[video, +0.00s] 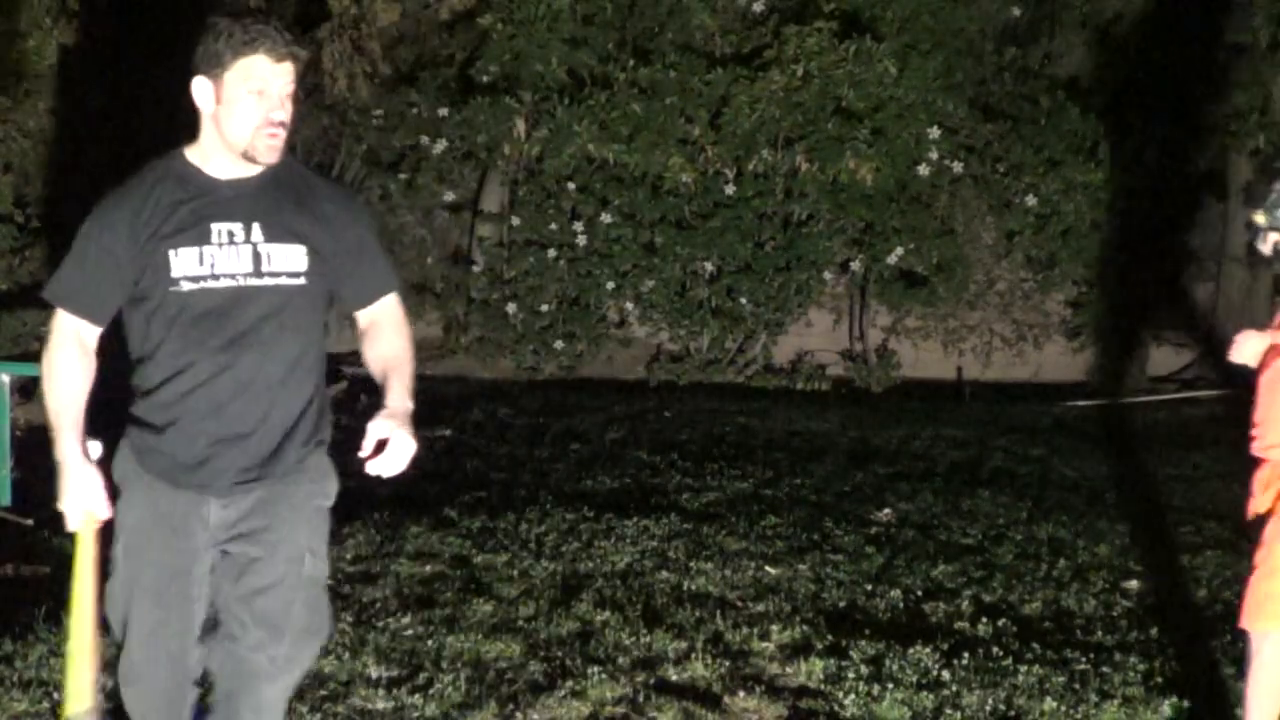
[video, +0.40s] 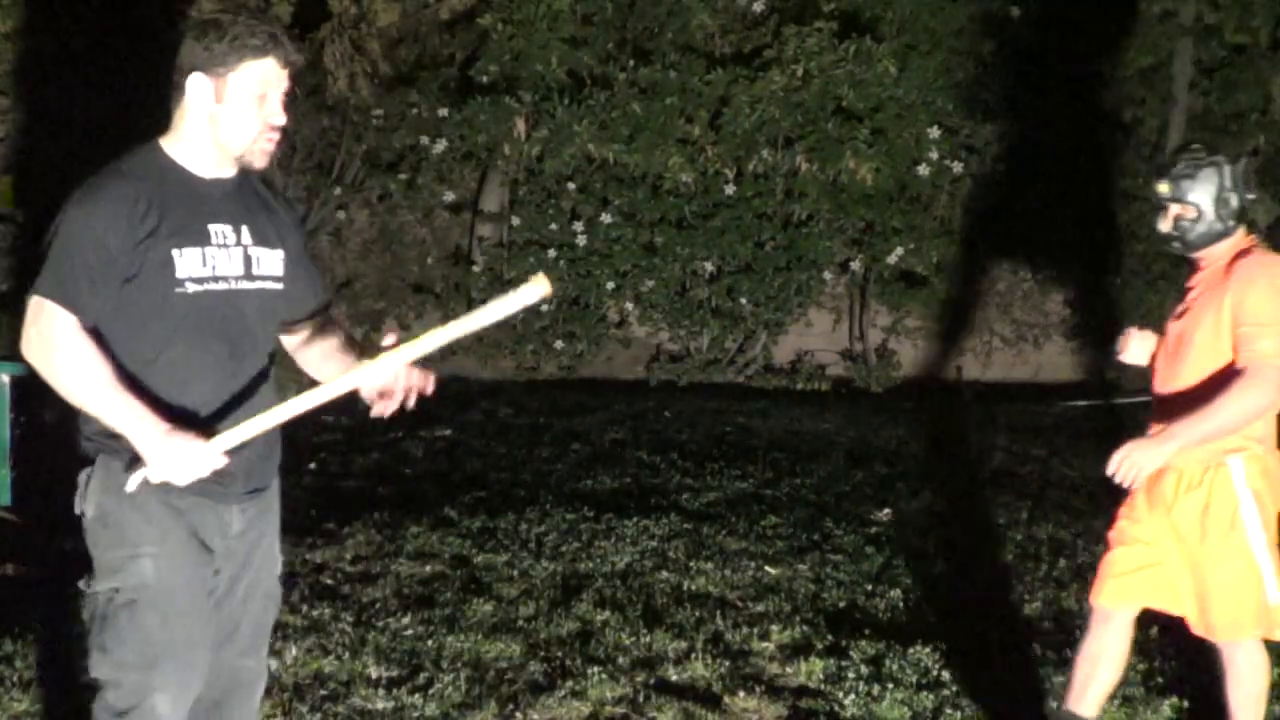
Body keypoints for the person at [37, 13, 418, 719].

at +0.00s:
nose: (280, 111)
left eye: (288, 94)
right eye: (259, 91)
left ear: (297, 99)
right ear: (206, 95)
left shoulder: (329, 211)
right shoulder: (136, 211)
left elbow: (381, 314)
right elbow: (71, 339)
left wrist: (398, 403)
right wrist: (71, 457)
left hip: (289, 487)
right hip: (163, 485)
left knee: (264, 681)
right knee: (156, 680)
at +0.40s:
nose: (282, 119)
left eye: (285, 100)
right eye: (267, 96)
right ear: (205, 91)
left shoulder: (269, 212)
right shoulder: (118, 200)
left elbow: (307, 328)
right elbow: (45, 333)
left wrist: (366, 371)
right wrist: (153, 435)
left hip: (252, 497)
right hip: (147, 498)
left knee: (232, 699)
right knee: (154, 695)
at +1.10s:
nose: (318, 117)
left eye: (316, 97)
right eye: (307, 96)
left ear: (255, 101)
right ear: (252, 100)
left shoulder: (275, 210)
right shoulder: (168, 214)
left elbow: (359, 267)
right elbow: (119, 358)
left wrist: (493, 266)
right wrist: (216, 496)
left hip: (292, 517)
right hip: (199, 524)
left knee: (338, 701)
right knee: (170, 708)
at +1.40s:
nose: (409, 130)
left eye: (408, 111)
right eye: (400, 109)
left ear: (349, 110)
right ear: (347, 109)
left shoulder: (359, 210)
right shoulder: (261, 213)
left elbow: (434, 278)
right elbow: (215, 345)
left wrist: (563, 272)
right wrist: (278, 482)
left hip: (359, 504)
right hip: (280, 504)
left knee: (369, 678)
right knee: (253, 693)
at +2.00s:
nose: (399, 136)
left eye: (398, 118)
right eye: (386, 116)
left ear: (335, 120)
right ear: (332, 118)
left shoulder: (328, 215)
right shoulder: (262, 218)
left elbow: (347, 312)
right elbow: (299, 358)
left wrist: (427, 267)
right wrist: (417, 305)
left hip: (331, 478)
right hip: (260, 480)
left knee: (372, 649)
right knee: (268, 680)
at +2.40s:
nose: (363, 148)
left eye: (368, 131)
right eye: (353, 126)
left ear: (310, 126)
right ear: (305, 122)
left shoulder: (304, 216)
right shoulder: (228, 206)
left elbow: (368, 321)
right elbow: (302, 319)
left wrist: (372, 220)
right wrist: (351, 223)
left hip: (279, 477)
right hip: (204, 473)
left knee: (303, 660)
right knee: (243, 670)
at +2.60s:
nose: (325, 136)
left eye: (328, 119)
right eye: (315, 116)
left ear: (268, 119)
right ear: (268, 116)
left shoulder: (264, 213)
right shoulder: (204, 207)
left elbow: (336, 311)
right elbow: (289, 317)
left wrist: (337, 213)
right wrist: (320, 216)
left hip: (270, 489)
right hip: (194, 484)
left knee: (295, 661)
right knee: (157, 684)